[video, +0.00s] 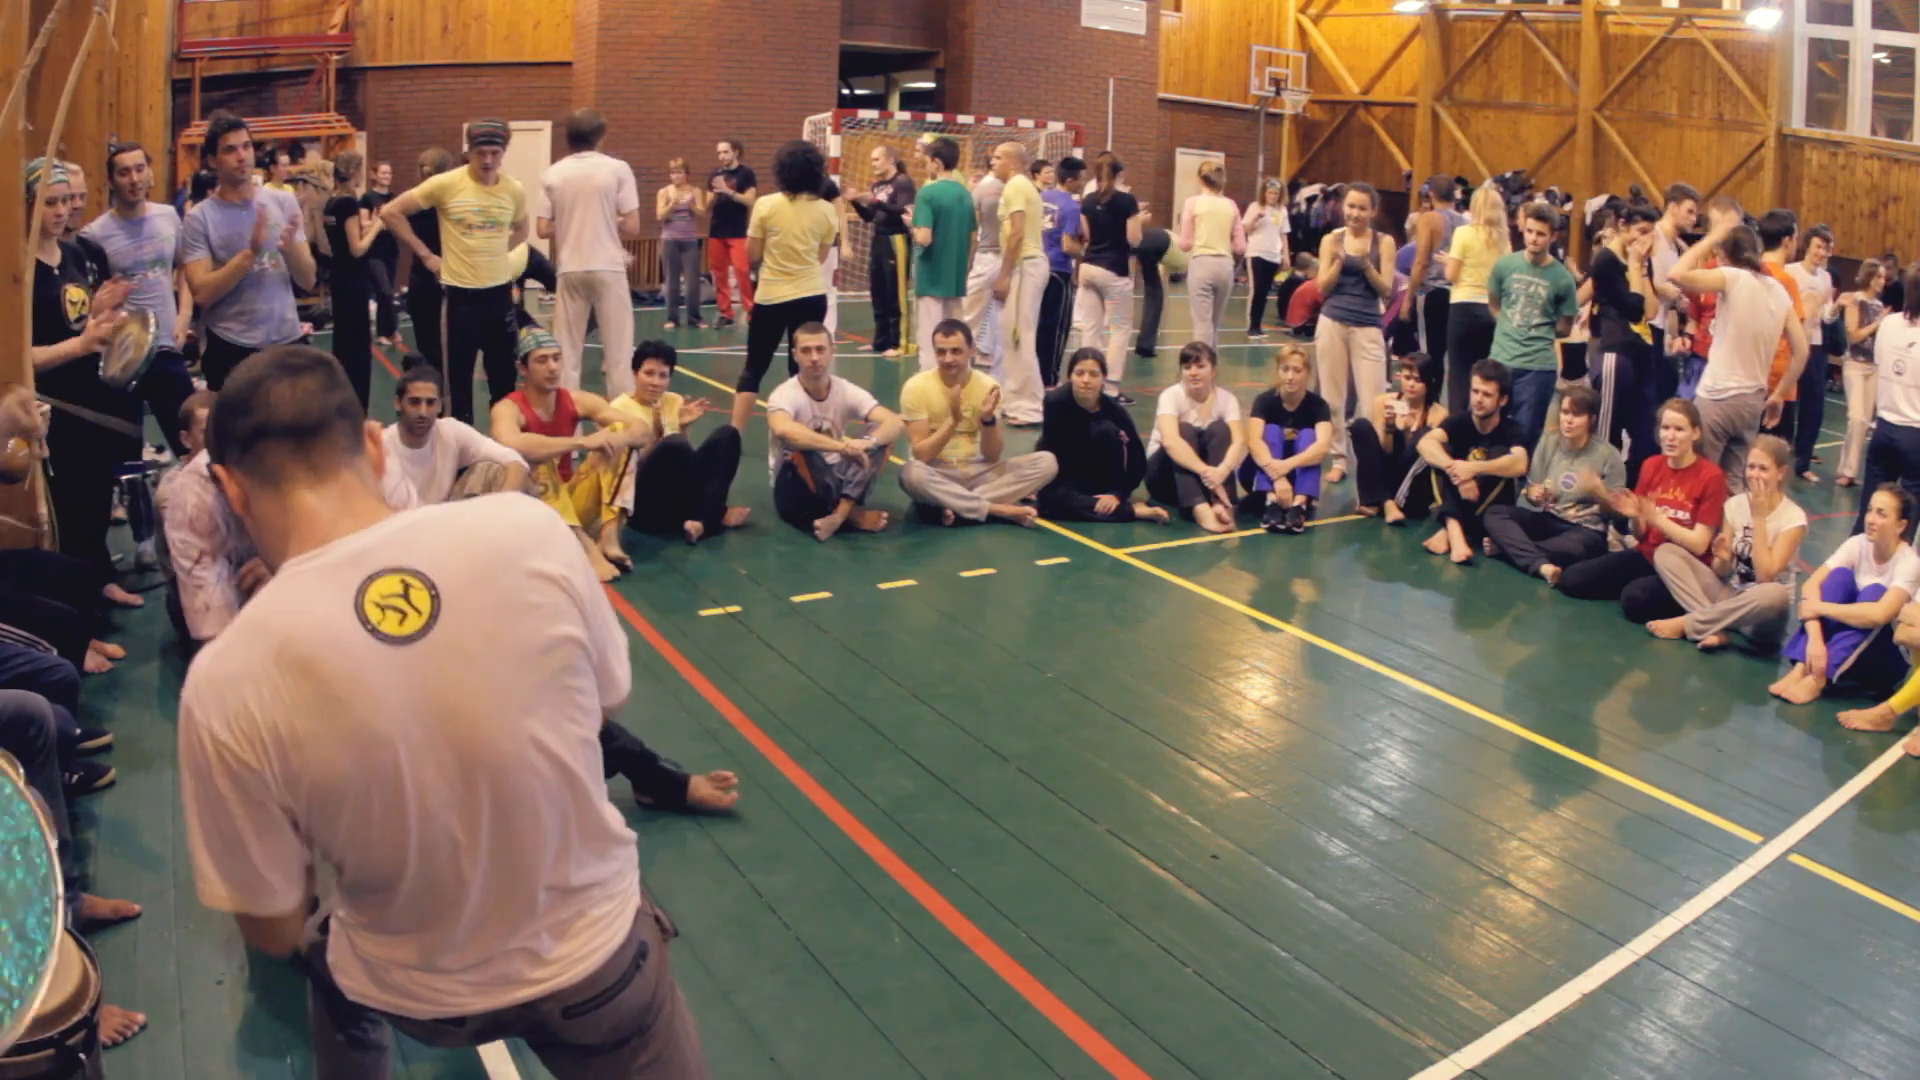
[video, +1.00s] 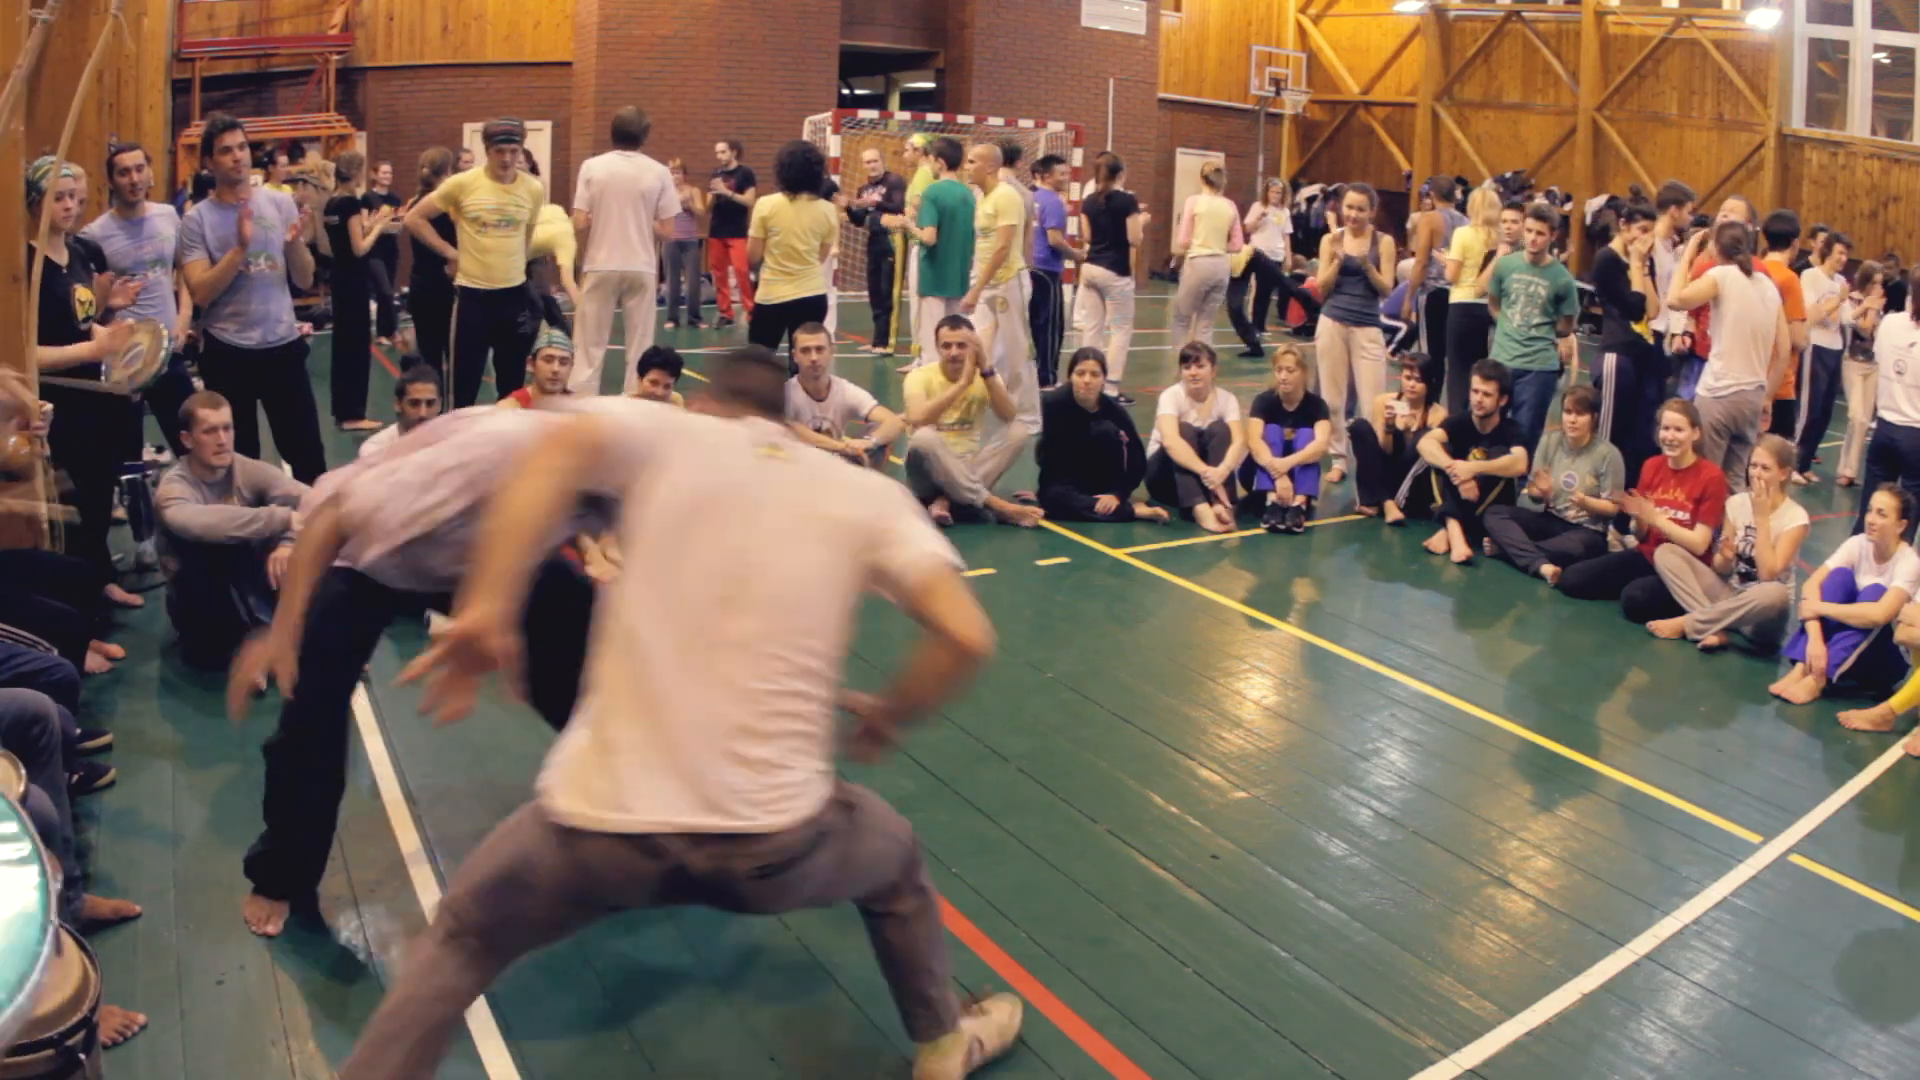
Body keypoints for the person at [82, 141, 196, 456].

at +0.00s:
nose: (134, 179)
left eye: (139, 169)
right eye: (124, 172)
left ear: (150, 174)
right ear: (111, 181)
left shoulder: (168, 216)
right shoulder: (94, 235)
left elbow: (183, 268)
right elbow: (89, 291)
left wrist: (184, 319)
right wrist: (106, 332)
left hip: (167, 348)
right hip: (119, 354)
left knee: (191, 442)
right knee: (125, 451)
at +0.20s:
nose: (134, 180)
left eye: (140, 170)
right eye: (124, 173)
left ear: (150, 175)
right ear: (111, 183)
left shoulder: (169, 216)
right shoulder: (93, 236)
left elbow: (181, 265)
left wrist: (182, 299)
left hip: (168, 327)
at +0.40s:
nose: (134, 180)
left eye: (139, 170)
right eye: (124, 173)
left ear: (150, 175)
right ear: (111, 181)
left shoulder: (169, 217)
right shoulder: (93, 236)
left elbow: (183, 268)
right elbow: (89, 296)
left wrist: (184, 319)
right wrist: (113, 324)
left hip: (168, 347)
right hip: (121, 354)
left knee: (182, 430)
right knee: (130, 437)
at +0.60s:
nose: (134, 179)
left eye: (140, 169)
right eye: (124, 173)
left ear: (150, 174)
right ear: (111, 181)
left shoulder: (168, 216)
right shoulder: (94, 235)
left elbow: (182, 271)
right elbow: (88, 300)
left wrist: (184, 317)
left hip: (167, 349)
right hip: (121, 355)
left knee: (192, 442)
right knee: (126, 451)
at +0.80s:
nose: (134, 179)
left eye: (140, 170)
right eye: (124, 173)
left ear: (150, 174)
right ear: (111, 181)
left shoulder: (169, 216)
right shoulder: (93, 236)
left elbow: (183, 270)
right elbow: (88, 300)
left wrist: (183, 320)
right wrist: (112, 324)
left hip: (168, 351)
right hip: (120, 356)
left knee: (192, 442)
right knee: (126, 452)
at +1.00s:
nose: (134, 179)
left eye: (139, 169)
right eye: (124, 173)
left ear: (150, 173)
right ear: (111, 181)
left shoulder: (168, 216)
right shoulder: (93, 236)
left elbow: (183, 271)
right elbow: (90, 302)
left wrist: (184, 318)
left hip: (169, 353)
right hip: (121, 359)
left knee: (193, 443)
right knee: (127, 455)